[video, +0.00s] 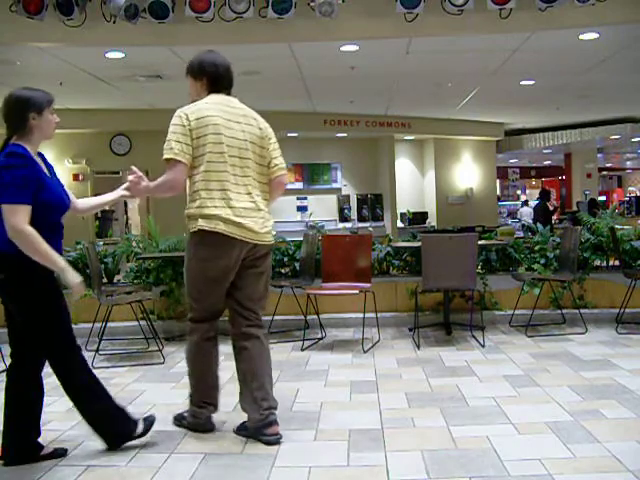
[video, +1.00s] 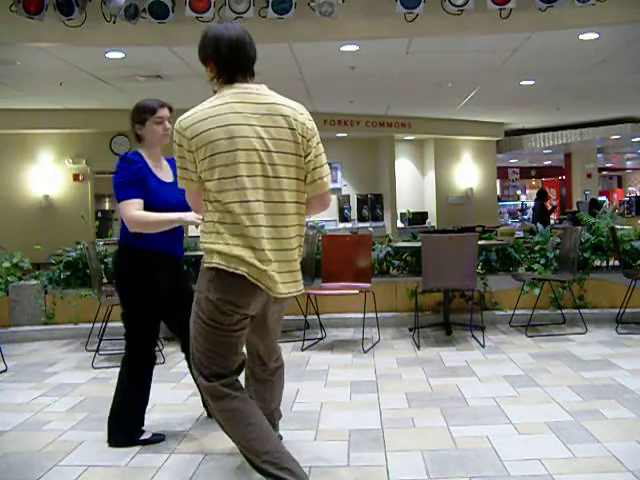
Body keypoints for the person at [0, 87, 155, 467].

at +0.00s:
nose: (57, 119)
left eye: (55, 113)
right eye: (52, 113)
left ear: (34, 119)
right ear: (33, 119)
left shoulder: (36, 159)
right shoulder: (16, 160)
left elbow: (73, 207)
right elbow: (16, 227)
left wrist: (121, 193)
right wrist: (63, 269)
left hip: (35, 269)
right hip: (25, 271)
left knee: (27, 360)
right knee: (65, 352)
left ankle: (20, 447)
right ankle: (118, 429)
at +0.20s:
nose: (81, 122)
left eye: (78, 115)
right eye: (74, 116)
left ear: (52, 123)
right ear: (54, 123)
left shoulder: (49, 161)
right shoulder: (49, 164)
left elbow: (90, 208)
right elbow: (54, 229)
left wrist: (140, 195)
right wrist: (109, 247)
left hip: (34, 271)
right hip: (51, 273)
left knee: (34, 360)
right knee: (89, 354)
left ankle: (19, 446)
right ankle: (120, 433)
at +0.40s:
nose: (104, 118)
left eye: (102, 112)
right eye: (98, 113)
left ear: (76, 121)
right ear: (78, 120)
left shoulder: (73, 157)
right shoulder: (76, 160)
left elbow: (114, 204)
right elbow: (85, 222)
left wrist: (166, 196)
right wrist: (138, 227)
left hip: (62, 262)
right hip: (82, 264)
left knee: (63, 349)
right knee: (109, 347)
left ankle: (27, 434)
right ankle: (120, 433)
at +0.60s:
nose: (127, 134)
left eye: (126, 128)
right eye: (120, 128)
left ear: (101, 134)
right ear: (98, 133)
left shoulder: (105, 171)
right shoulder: (95, 174)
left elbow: (138, 215)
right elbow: (110, 231)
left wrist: (185, 203)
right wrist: (165, 229)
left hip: (112, 270)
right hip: (104, 272)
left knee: (134, 348)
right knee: (137, 350)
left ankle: (77, 415)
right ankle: (126, 434)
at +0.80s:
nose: (147, 126)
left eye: (146, 120)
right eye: (139, 120)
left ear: (136, 126)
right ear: (117, 126)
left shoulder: (133, 162)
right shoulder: (114, 164)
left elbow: (146, 213)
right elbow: (122, 219)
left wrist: (187, 215)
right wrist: (181, 217)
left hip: (140, 263)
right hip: (121, 266)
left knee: (169, 332)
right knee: (139, 344)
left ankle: (176, 409)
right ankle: (124, 432)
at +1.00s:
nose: (167, 126)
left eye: (169, 120)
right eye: (159, 121)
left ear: (170, 127)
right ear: (140, 128)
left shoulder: (172, 166)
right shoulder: (130, 163)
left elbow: (180, 210)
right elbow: (132, 219)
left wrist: (205, 216)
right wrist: (182, 218)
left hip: (171, 263)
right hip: (139, 264)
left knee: (196, 336)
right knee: (140, 349)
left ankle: (217, 403)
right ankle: (124, 431)